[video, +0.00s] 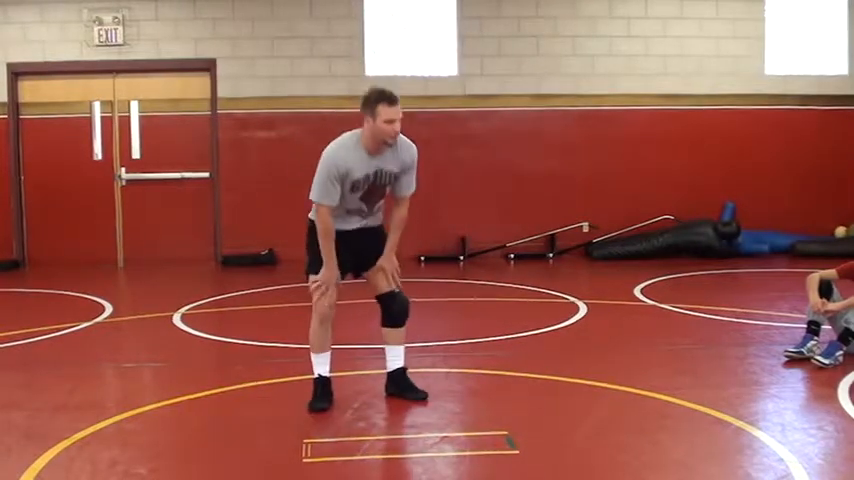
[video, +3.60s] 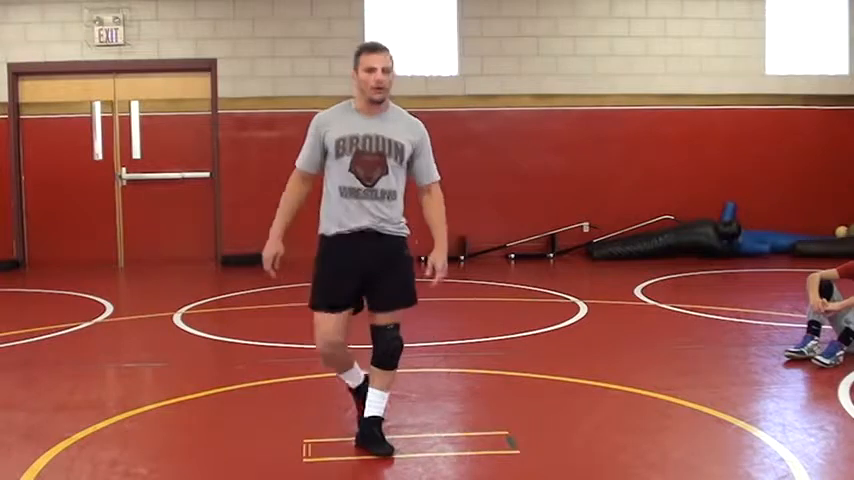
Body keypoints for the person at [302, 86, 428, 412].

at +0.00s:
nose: (396, 129)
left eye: (399, 121)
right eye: (389, 122)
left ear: (401, 119)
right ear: (367, 121)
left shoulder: (406, 152)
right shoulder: (336, 155)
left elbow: (401, 204)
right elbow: (323, 214)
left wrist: (390, 253)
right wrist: (330, 265)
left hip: (370, 229)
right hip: (329, 230)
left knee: (395, 303)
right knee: (323, 307)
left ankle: (396, 377)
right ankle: (321, 384)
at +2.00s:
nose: (413, 102)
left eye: (420, 96)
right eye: (406, 94)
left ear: (428, 94)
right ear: (394, 90)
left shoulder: (440, 132)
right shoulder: (367, 124)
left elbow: (448, 182)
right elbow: (345, 173)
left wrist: (442, 226)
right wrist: (344, 224)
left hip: (410, 227)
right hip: (367, 224)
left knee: (412, 310)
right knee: (354, 303)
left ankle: (398, 377)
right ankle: (344, 380)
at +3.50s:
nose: (379, 75)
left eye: (384, 68)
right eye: (370, 68)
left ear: (391, 74)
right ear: (353, 74)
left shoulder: (411, 126)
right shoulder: (325, 122)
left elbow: (429, 185)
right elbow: (302, 180)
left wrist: (446, 240)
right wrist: (284, 236)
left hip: (389, 239)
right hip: (340, 240)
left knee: (387, 339)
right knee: (342, 342)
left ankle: (372, 423)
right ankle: (366, 390)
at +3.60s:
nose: (379, 78)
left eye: (385, 70)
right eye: (370, 70)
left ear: (394, 77)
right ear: (354, 76)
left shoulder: (412, 129)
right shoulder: (326, 123)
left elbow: (430, 190)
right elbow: (300, 180)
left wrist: (441, 246)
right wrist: (275, 235)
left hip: (389, 244)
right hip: (337, 243)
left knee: (388, 342)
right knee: (328, 346)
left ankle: (372, 426)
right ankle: (360, 385)